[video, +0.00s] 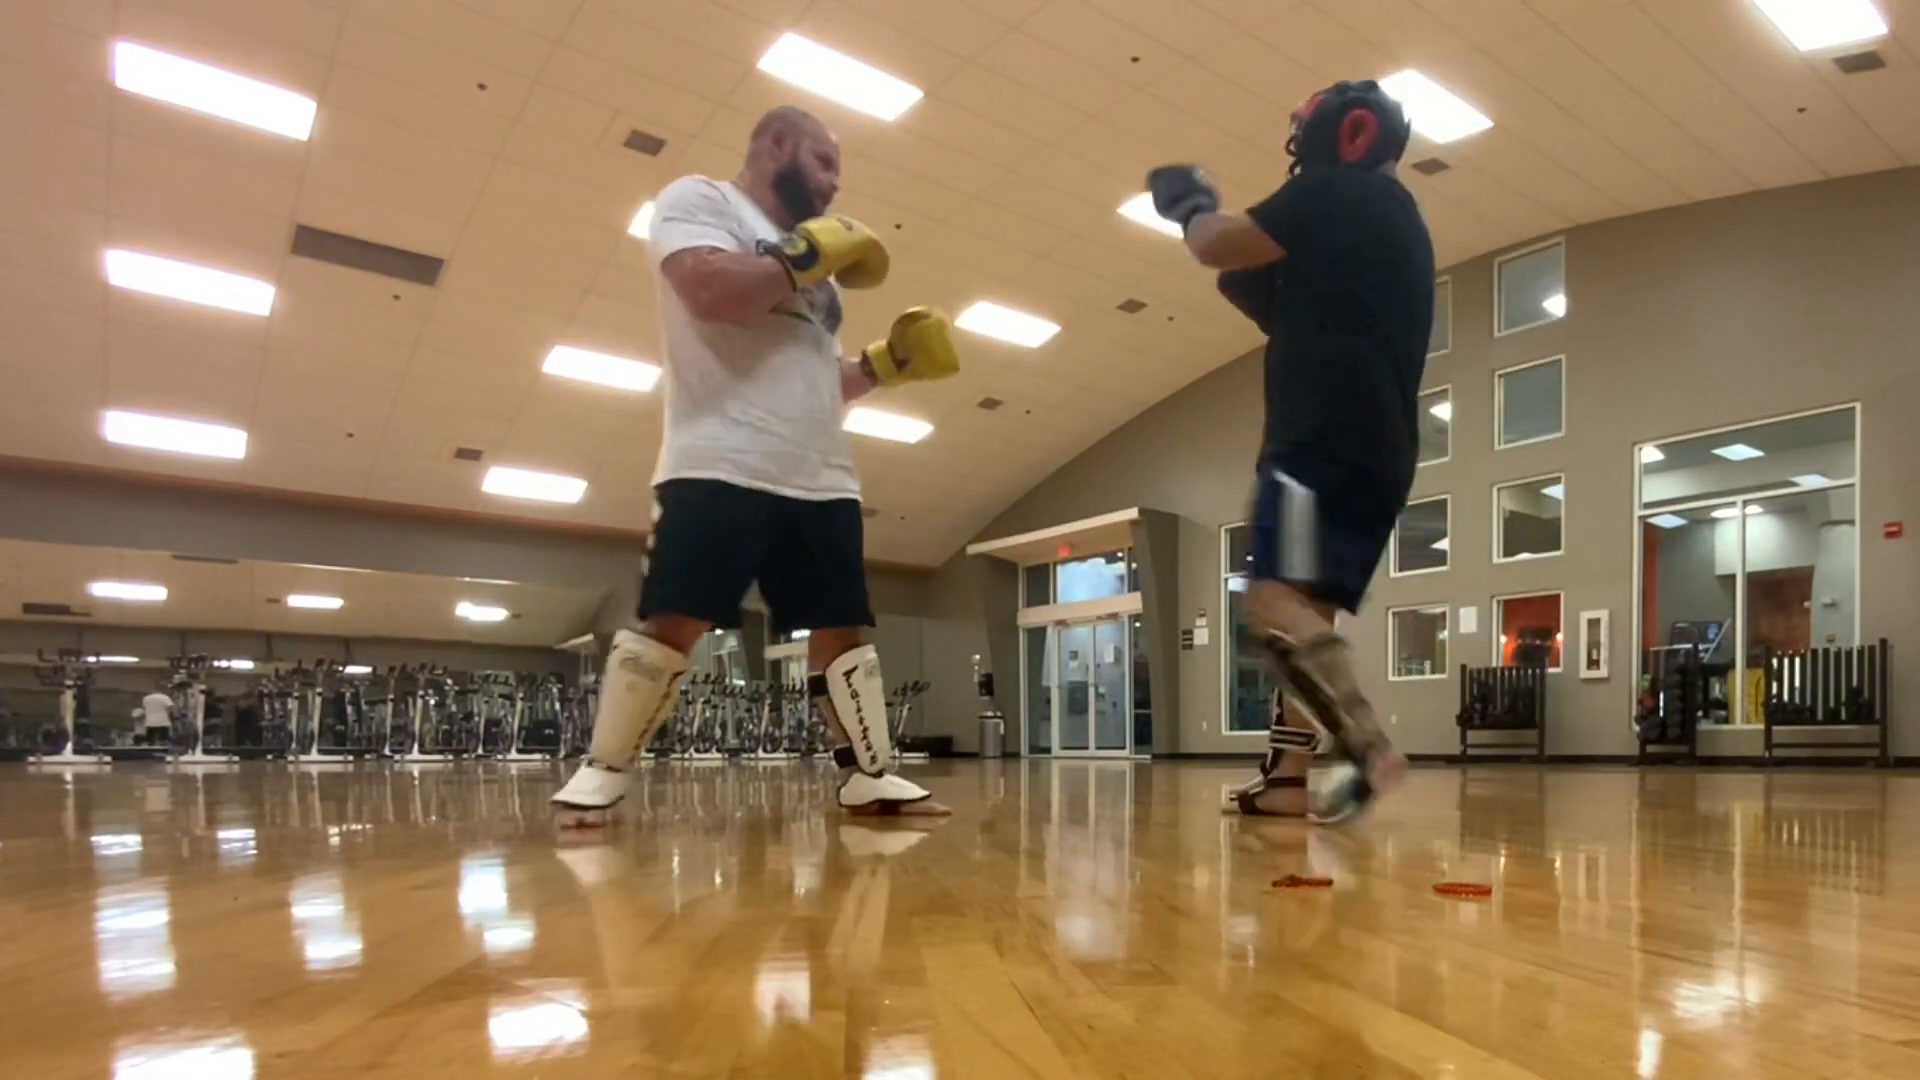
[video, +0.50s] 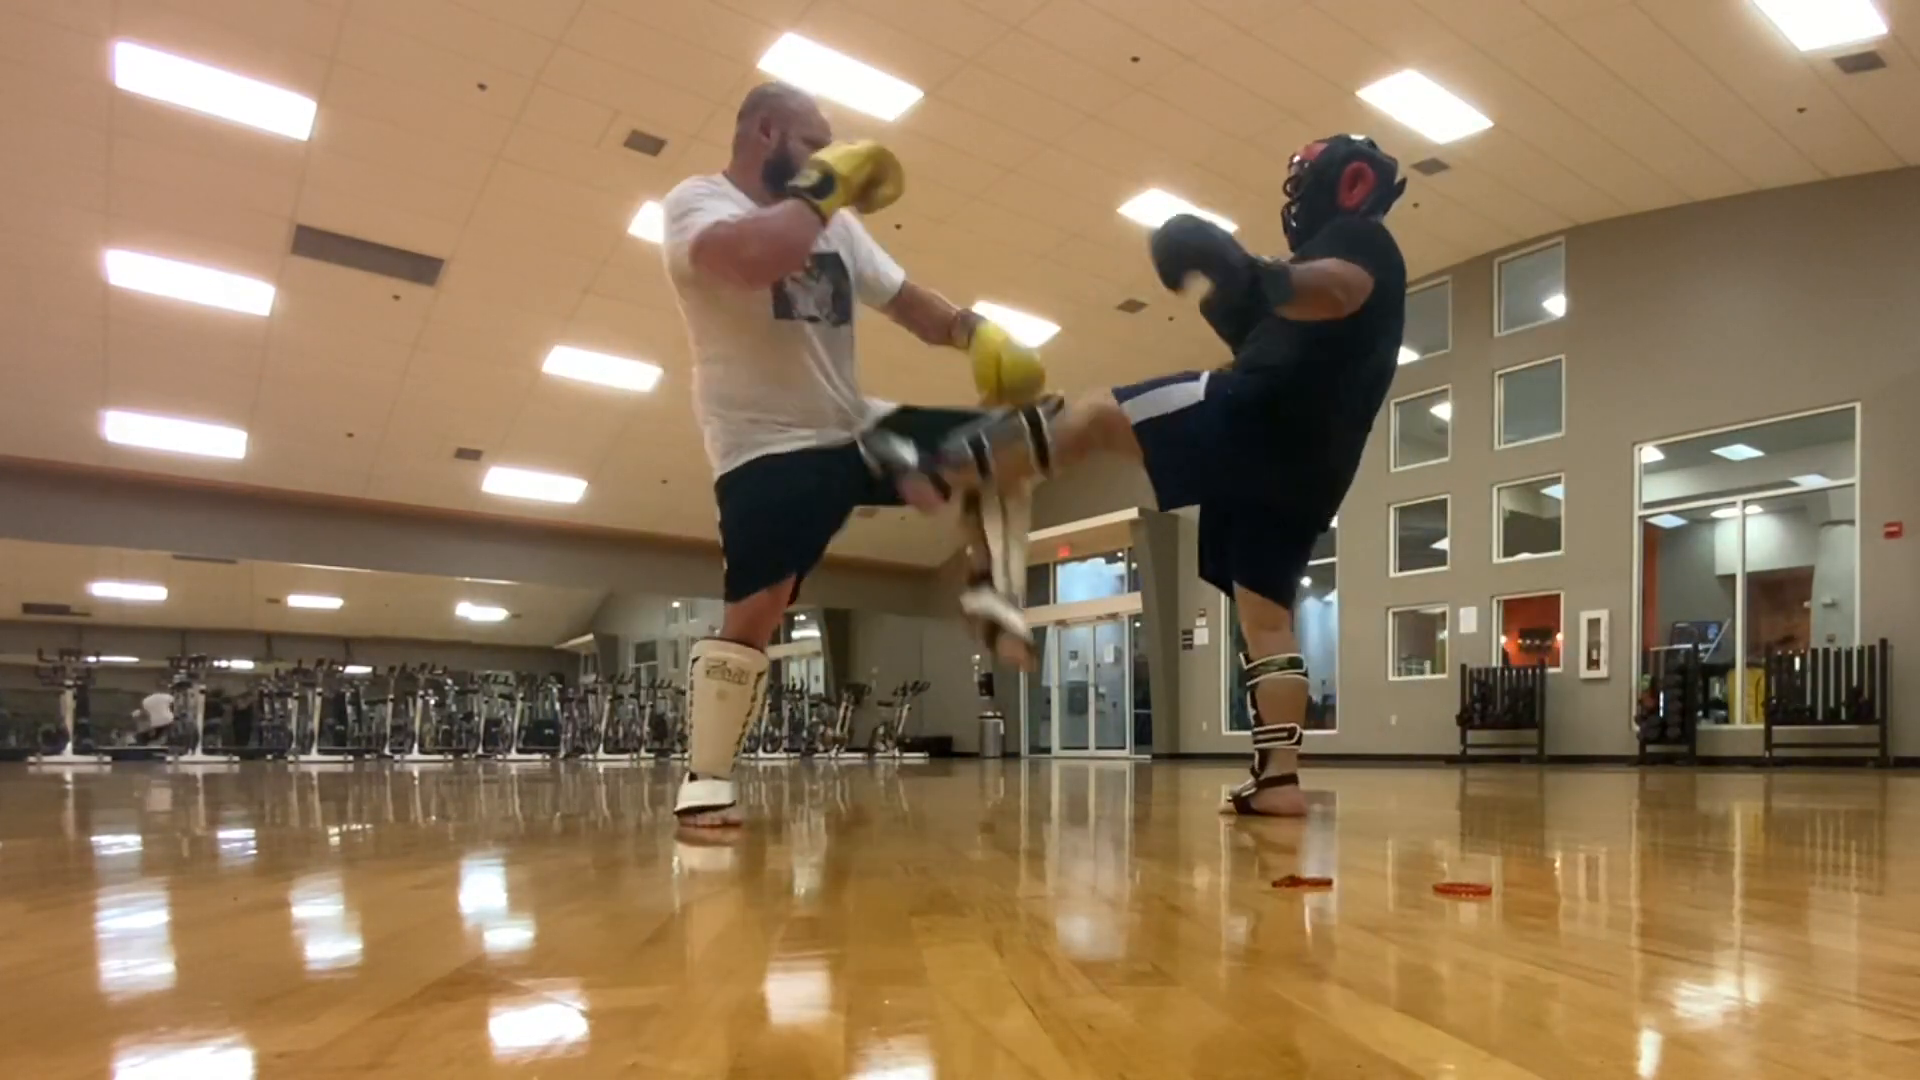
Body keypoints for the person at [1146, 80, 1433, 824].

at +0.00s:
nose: (1291, 140)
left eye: (1303, 125)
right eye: (1295, 129)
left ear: (1352, 130)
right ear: (1368, 140)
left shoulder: (1333, 192)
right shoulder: (1395, 215)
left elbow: (1216, 245)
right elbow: (1308, 321)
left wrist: (1192, 202)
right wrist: (1228, 262)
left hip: (1322, 423)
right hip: (1379, 434)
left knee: (1273, 596)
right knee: (1310, 606)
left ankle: (1371, 750)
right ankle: (1291, 777)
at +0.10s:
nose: (1291, 150)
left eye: (1302, 136)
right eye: (1295, 137)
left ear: (1345, 142)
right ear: (1364, 150)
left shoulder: (1338, 207)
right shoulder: (1387, 226)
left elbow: (1228, 274)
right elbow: (1287, 324)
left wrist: (1144, 253)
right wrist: (1233, 265)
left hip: (1299, 416)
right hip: (1363, 446)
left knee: (1163, 488)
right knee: (1295, 607)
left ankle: (1254, 617)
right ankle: (1288, 778)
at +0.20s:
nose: (1284, 148)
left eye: (1300, 136)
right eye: (1291, 137)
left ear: (1344, 153)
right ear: (1349, 158)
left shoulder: (1342, 211)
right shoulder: (1363, 231)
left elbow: (1280, 288)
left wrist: (1161, 304)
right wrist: (1251, 268)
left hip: (1283, 411)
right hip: (1330, 452)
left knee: (1134, 363)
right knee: (1283, 609)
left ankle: (1105, 511)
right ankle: (1285, 781)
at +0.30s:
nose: (1280, 167)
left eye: (1294, 156)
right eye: (1285, 156)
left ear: (1339, 166)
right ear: (1346, 170)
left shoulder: (1344, 216)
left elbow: (1331, 286)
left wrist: (1223, 324)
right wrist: (1171, 313)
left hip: (1263, 407)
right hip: (1308, 457)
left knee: (1115, 346)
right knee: (1272, 609)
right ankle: (1283, 780)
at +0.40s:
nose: (1287, 196)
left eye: (1299, 182)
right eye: (1290, 183)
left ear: (1338, 180)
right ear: (1354, 185)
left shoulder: (1355, 223)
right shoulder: (1323, 264)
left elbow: (1353, 288)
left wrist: (1277, 310)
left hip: (1256, 410)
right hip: (1302, 459)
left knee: (1091, 409)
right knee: (1264, 608)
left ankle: (938, 395)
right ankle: (1277, 777)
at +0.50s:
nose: (1289, 197)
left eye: (1302, 182)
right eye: (1292, 184)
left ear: (1342, 182)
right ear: (1358, 189)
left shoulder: (1359, 231)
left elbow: (1345, 290)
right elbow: (1289, 367)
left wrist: (1256, 276)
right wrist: (1226, 302)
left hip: (1260, 413)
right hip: (1309, 465)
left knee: (1095, 419)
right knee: (1267, 611)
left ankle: (948, 467)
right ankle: (1278, 781)